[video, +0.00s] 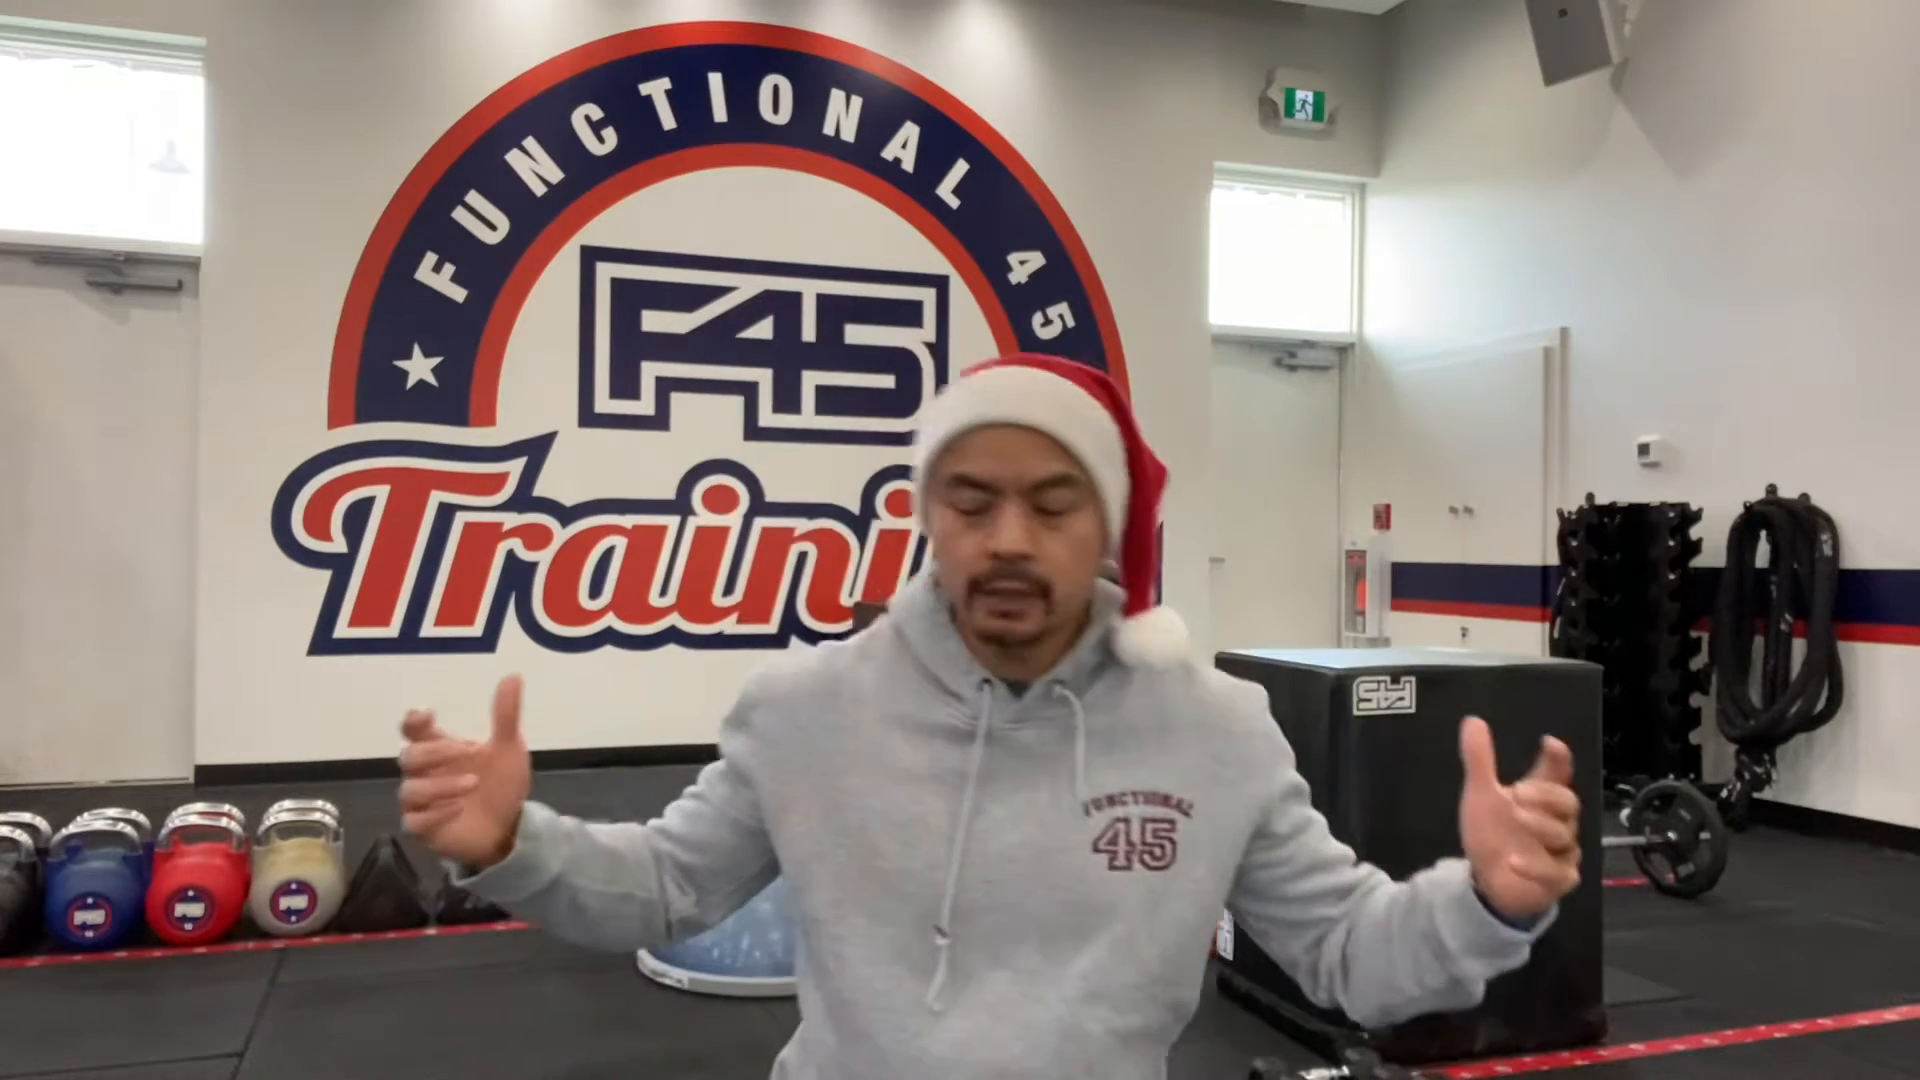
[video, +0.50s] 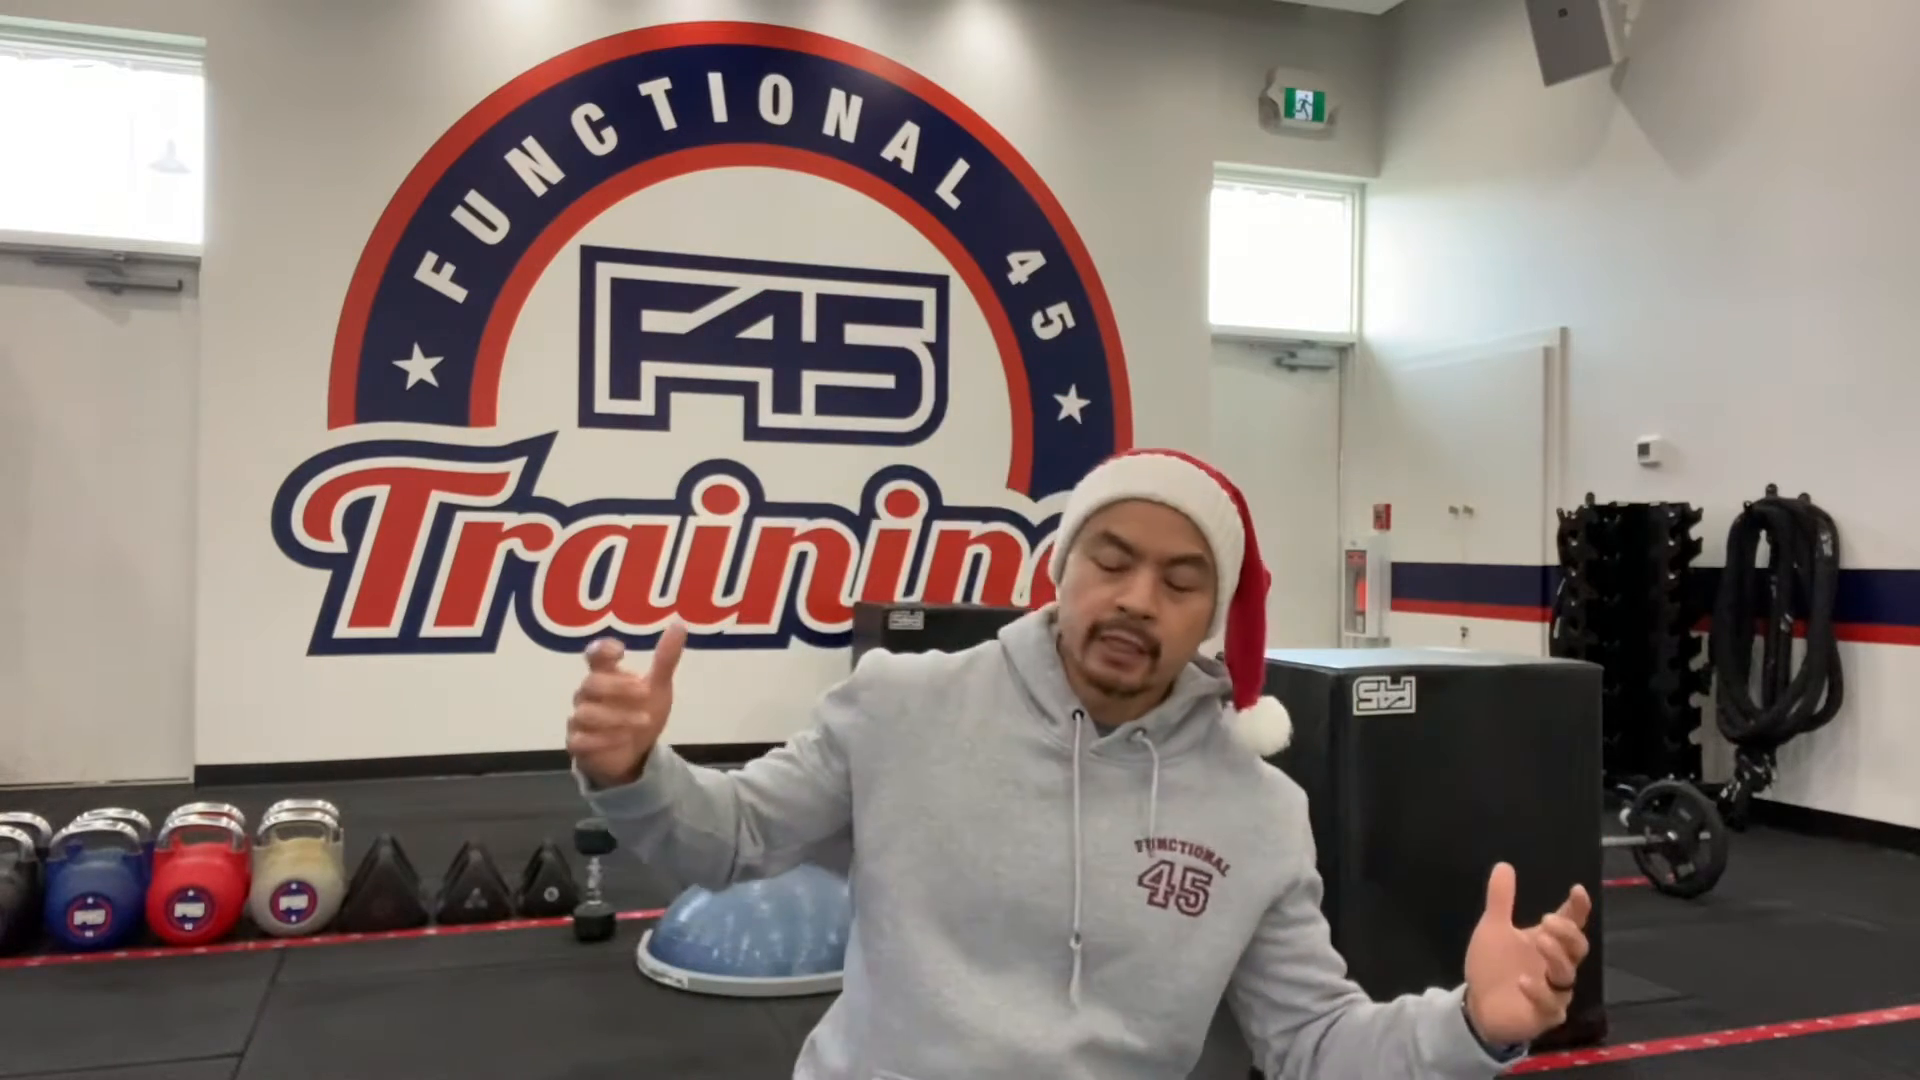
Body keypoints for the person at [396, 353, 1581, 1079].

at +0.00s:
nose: (1008, 547)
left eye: (1050, 504)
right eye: (971, 503)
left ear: (1115, 525)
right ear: (925, 519)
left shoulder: (1217, 734)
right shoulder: (803, 711)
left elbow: (1348, 958)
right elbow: (666, 887)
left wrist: (1481, 898)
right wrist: (513, 838)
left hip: (1097, 1075)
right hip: (844, 1069)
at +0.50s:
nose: (1137, 606)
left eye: (1179, 582)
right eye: (1113, 563)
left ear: (1217, 618)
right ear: (1056, 571)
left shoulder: (1259, 816)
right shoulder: (891, 713)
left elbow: (1311, 1039)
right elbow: (725, 836)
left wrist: (1469, 1018)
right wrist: (634, 777)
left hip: (1106, 1074)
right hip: (870, 1066)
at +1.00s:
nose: (1068, 562)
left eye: (1104, 547)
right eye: (1044, 533)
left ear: (1138, 598)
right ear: (990, 559)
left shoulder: (1185, 803)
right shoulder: (834, 711)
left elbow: (1247, 1039)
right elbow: (646, 842)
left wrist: (1401, 962)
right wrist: (567, 719)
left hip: (1049, 1079)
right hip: (830, 1073)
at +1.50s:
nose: (916, 550)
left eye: (949, 527)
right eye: (885, 534)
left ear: (1004, 565)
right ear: (855, 581)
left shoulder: (1095, 721)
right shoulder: (779, 747)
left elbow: (1228, 973)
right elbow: (651, 1001)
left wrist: (1135, 781)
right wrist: (674, 876)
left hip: (1051, 1067)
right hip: (839, 1067)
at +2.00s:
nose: (845, 600)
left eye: (878, 563)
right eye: (821, 578)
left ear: (960, 562)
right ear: (805, 597)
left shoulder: (1098, 746)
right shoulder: (741, 774)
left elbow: (1160, 995)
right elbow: (703, 1034)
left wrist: (941, 975)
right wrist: (799, 974)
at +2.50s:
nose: (839, 624)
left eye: (872, 583)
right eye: (813, 594)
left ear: (956, 580)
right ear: (793, 605)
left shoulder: (1099, 760)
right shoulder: (731, 784)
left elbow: (1157, 1009)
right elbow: (702, 1004)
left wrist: (960, 1050)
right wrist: (820, 1042)